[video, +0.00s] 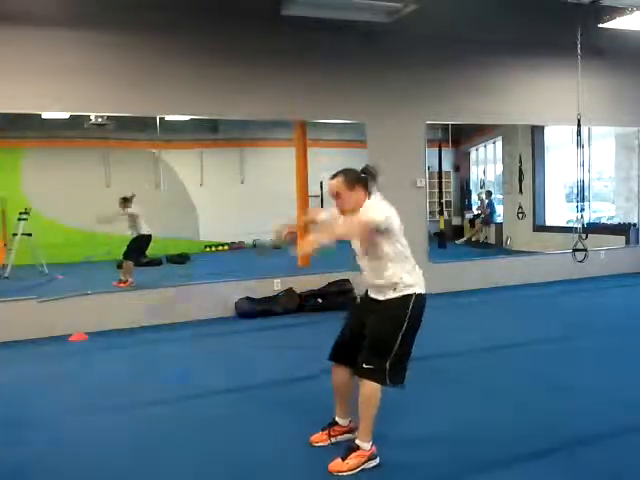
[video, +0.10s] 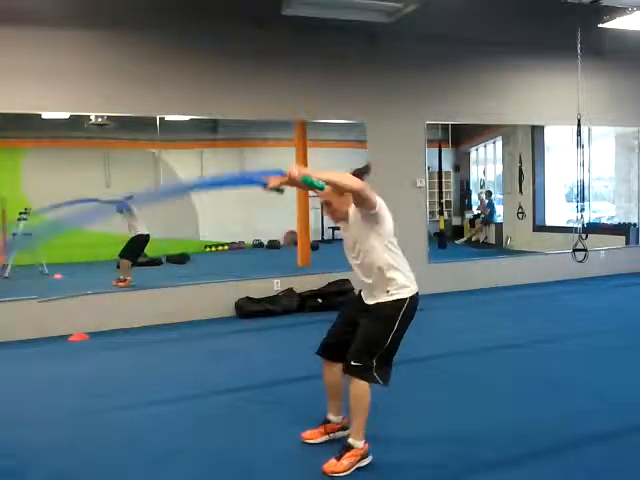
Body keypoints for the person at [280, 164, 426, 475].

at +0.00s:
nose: (335, 202)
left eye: (339, 195)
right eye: (333, 196)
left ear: (358, 191)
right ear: (347, 195)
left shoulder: (378, 210)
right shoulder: (349, 213)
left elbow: (357, 228)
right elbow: (323, 218)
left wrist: (318, 239)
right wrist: (301, 226)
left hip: (403, 294)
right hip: (375, 293)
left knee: (370, 369)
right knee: (342, 359)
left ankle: (365, 447)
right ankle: (344, 423)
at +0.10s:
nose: (325, 210)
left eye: (328, 203)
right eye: (322, 204)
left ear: (346, 196)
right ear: (326, 201)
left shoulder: (370, 213)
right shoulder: (343, 219)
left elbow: (358, 186)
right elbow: (318, 193)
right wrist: (289, 183)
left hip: (396, 296)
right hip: (367, 294)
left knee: (359, 366)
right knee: (332, 355)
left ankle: (358, 446)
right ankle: (336, 422)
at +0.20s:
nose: (311, 233)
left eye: (315, 226)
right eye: (307, 228)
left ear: (331, 220)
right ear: (309, 226)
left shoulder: (353, 239)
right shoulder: (327, 239)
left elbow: (353, 231)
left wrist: (311, 198)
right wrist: (294, 206)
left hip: (392, 307)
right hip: (363, 305)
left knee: (351, 379)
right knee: (324, 365)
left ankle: (333, 455)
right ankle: (312, 427)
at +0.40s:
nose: (291, 241)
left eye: (296, 235)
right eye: (291, 236)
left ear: (317, 236)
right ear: (311, 238)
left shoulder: (343, 260)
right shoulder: (316, 260)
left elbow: (353, 317)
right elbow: (314, 295)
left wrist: (328, 361)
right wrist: (297, 327)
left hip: (385, 315)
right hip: (354, 311)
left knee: (341, 380)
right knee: (317, 365)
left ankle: (330, 456)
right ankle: (312, 428)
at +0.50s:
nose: (316, 212)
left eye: (319, 205)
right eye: (314, 207)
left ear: (338, 199)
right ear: (332, 200)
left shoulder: (363, 225)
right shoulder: (328, 225)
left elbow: (350, 267)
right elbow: (304, 248)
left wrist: (311, 288)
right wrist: (276, 266)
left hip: (375, 305)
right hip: (345, 301)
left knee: (336, 377)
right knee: (312, 364)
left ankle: (330, 456)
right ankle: (312, 427)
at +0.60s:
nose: (321, 192)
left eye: (324, 186)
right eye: (320, 187)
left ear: (344, 183)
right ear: (323, 188)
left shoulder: (368, 203)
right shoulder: (331, 205)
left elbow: (345, 196)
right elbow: (305, 189)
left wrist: (297, 199)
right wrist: (275, 194)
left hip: (369, 298)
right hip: (340, 292)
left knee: (328, 372)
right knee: (301, 360)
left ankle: (326, 451)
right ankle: (309, 421)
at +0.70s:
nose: (298, 213)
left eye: (300, 206)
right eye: (296, 207)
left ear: (317, 197)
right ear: (304, 199)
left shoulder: (344, 214)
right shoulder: (323, 218)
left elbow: (343, 191)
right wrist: (288, 177)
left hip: (363, 303)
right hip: (336, 296)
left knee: (325, 377)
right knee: (299, 363)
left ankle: (317, 456)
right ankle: (288, 428)